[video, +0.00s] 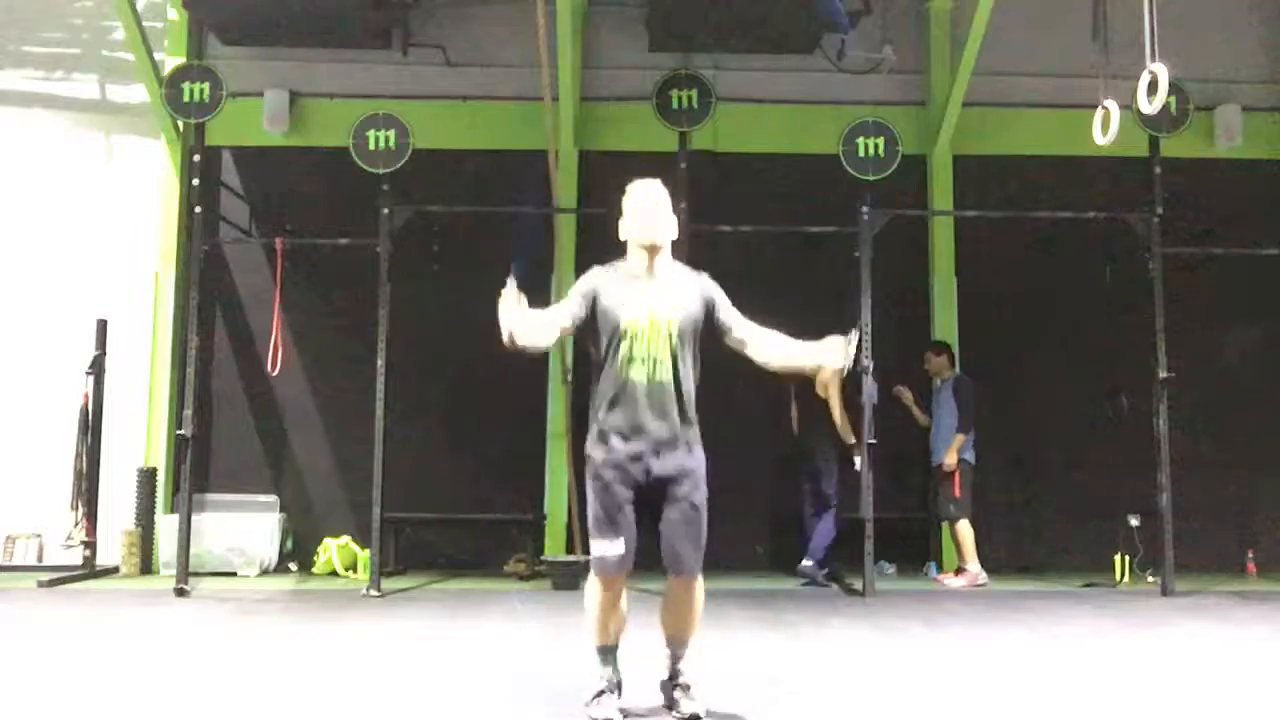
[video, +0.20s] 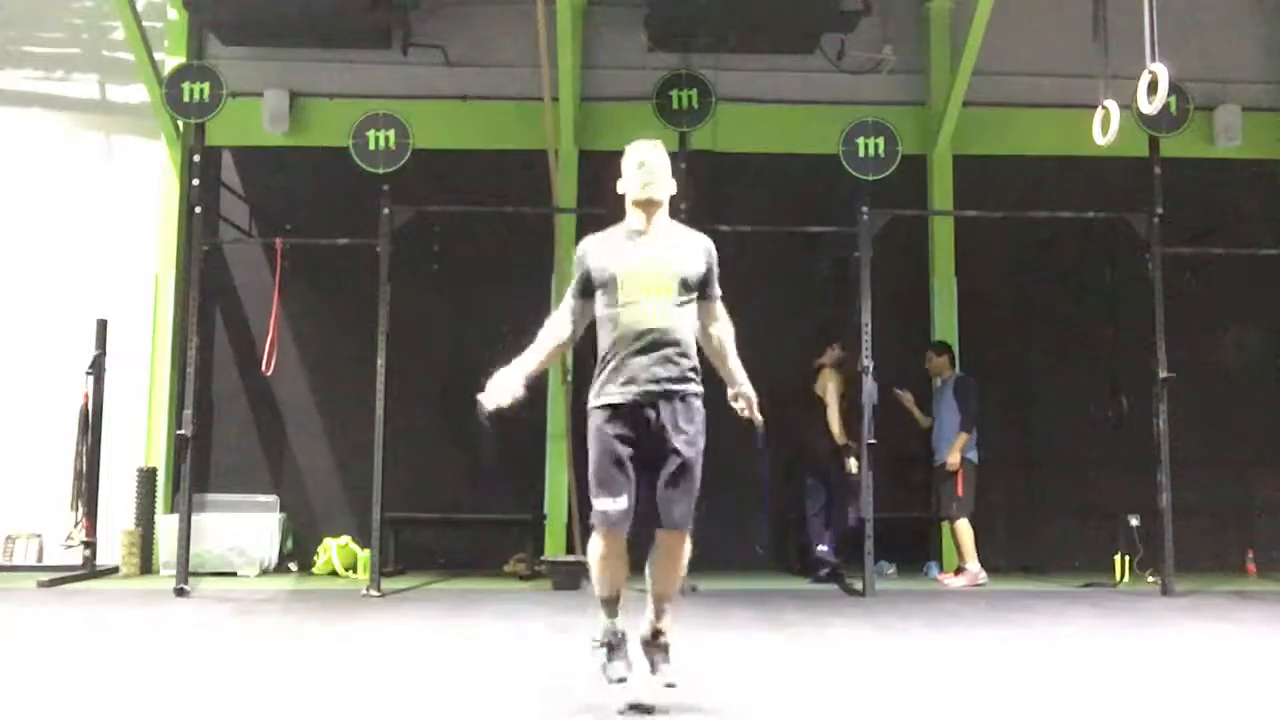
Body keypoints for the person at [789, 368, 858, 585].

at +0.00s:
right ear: (839, 350)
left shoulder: (798, 375)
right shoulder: (831, 371)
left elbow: (795, 411)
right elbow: (837, 412)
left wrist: (798, 435)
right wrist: (852, 442)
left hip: (804, 441)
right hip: (823, 443)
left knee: (811, 501)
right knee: (830, 503)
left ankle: (820, 564)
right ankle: (811, 560)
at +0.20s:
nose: (839, 354)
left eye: (838, 350)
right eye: (837, 349)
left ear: (827, 352)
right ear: (829, 351)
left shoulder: (818, 375)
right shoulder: (830, 375)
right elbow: (833, 412)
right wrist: (844, 444)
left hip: (814, 448)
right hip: (827, 449)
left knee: (816, 503)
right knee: (836, 501)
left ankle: (821, 557)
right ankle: (826, 556)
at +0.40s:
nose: (846, 355)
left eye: (845, 350)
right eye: (841, 351)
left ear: (832, 359)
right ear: (831, 357)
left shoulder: (828, 378)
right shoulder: (834, 380)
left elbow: (834, 419)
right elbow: (835, 418)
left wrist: (855, 429)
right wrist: (847, 452)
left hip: (820, 450)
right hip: (831, 451)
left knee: (819, 505)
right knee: (850, 501)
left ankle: (822, 560)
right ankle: (851, 557)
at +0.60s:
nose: (848, 354)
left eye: (849, 350)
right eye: (847, 350)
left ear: (853, 354)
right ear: (843, 354)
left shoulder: (837, 378)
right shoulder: (845, 378)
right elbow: (845, 417)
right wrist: (856, 450)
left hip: (829, 450)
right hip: (845, 449)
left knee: (823, 506)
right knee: (856, 506)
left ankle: (823, 561)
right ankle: (869, 561)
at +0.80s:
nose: (864, 358)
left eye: (864, 353)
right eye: (859, 353)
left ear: (855, 358)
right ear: (851, 357)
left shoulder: (859, 380)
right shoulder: (852, 379)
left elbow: (866, 418)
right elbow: (857, 419)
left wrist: (893, 411)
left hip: (853, 450)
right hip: (850, 450)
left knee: (851, 506)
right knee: (853, 505)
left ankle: (843, 564)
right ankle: (850, 564)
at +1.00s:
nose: (871, 362)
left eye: (873, 357)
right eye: (869, 356)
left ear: (867, 358)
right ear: (863, 357)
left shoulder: (869, 380)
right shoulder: (856, 380)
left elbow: (874, 417)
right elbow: (859, 421)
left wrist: (898, 410)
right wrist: (892, 440)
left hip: (866, 450)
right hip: (857, 451)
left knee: (859, 506)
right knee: (861, 507)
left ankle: (835, 556)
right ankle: (869, 561)